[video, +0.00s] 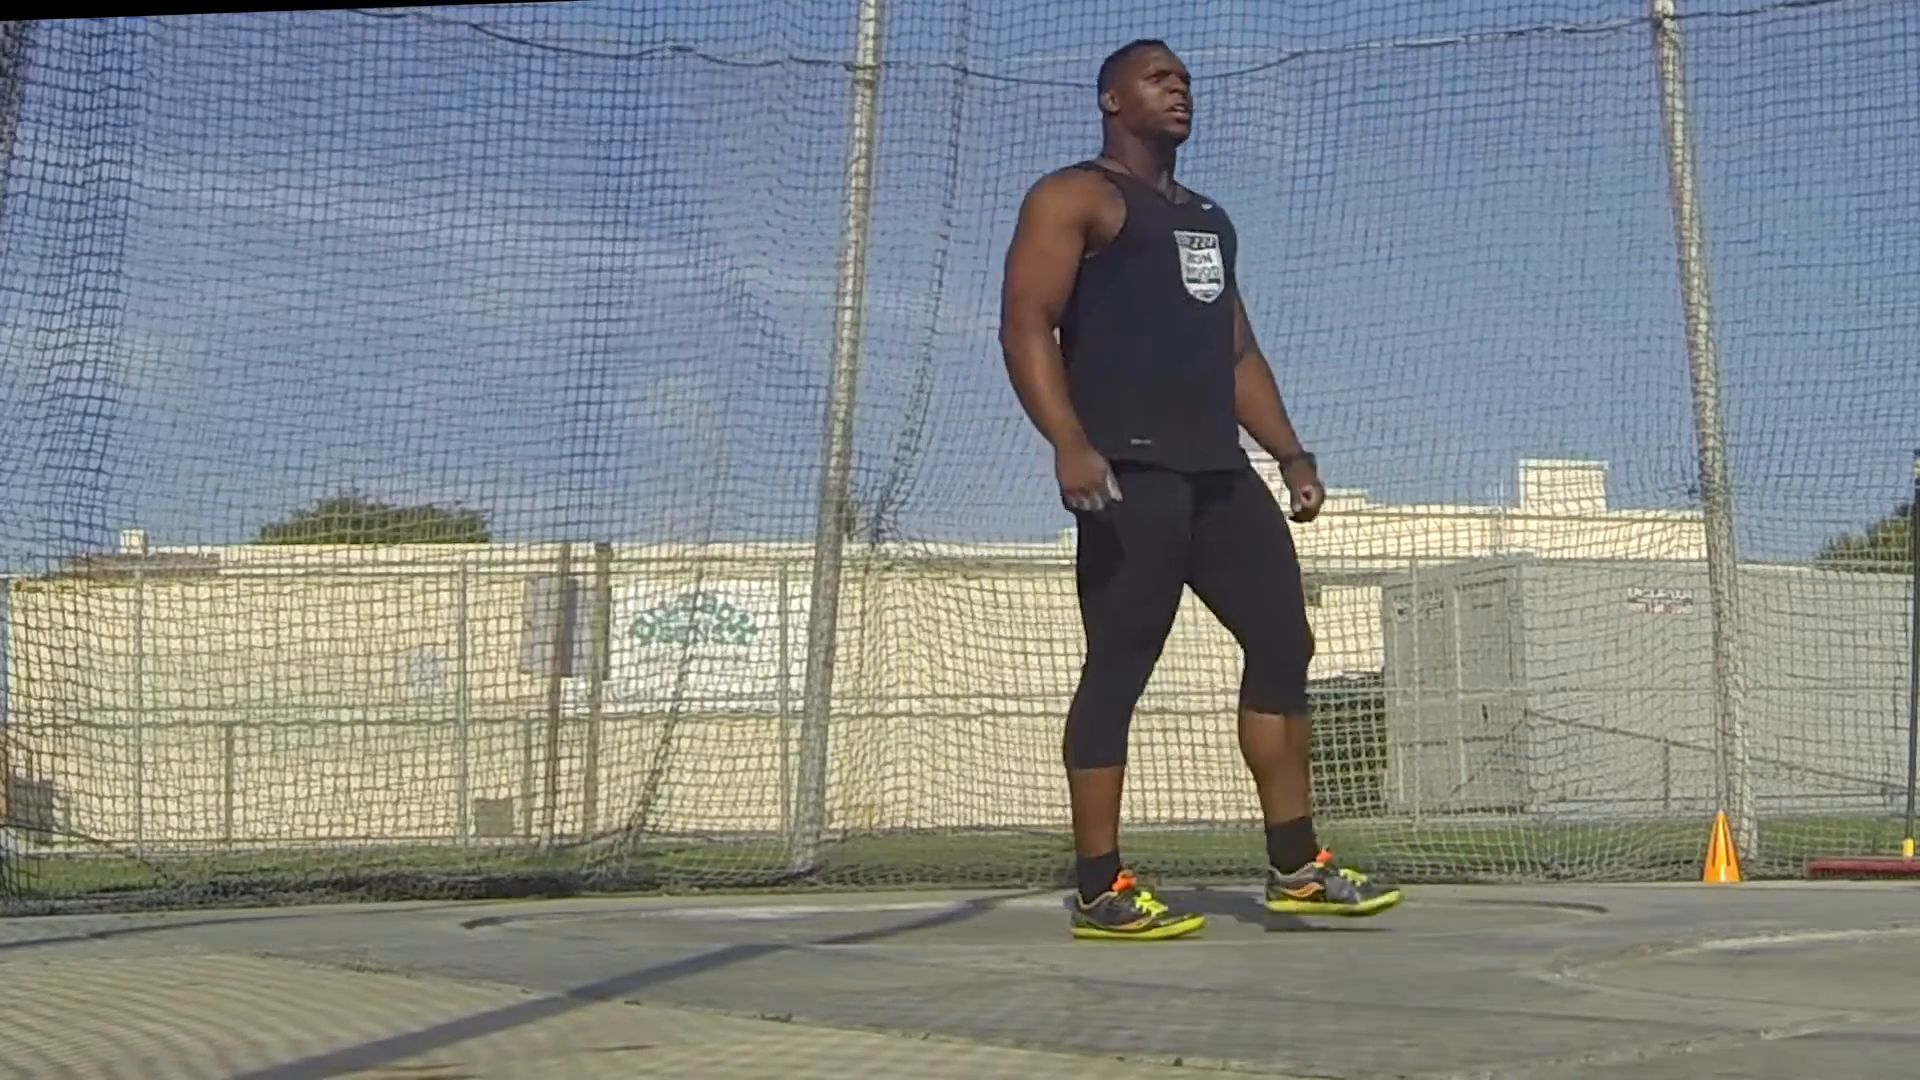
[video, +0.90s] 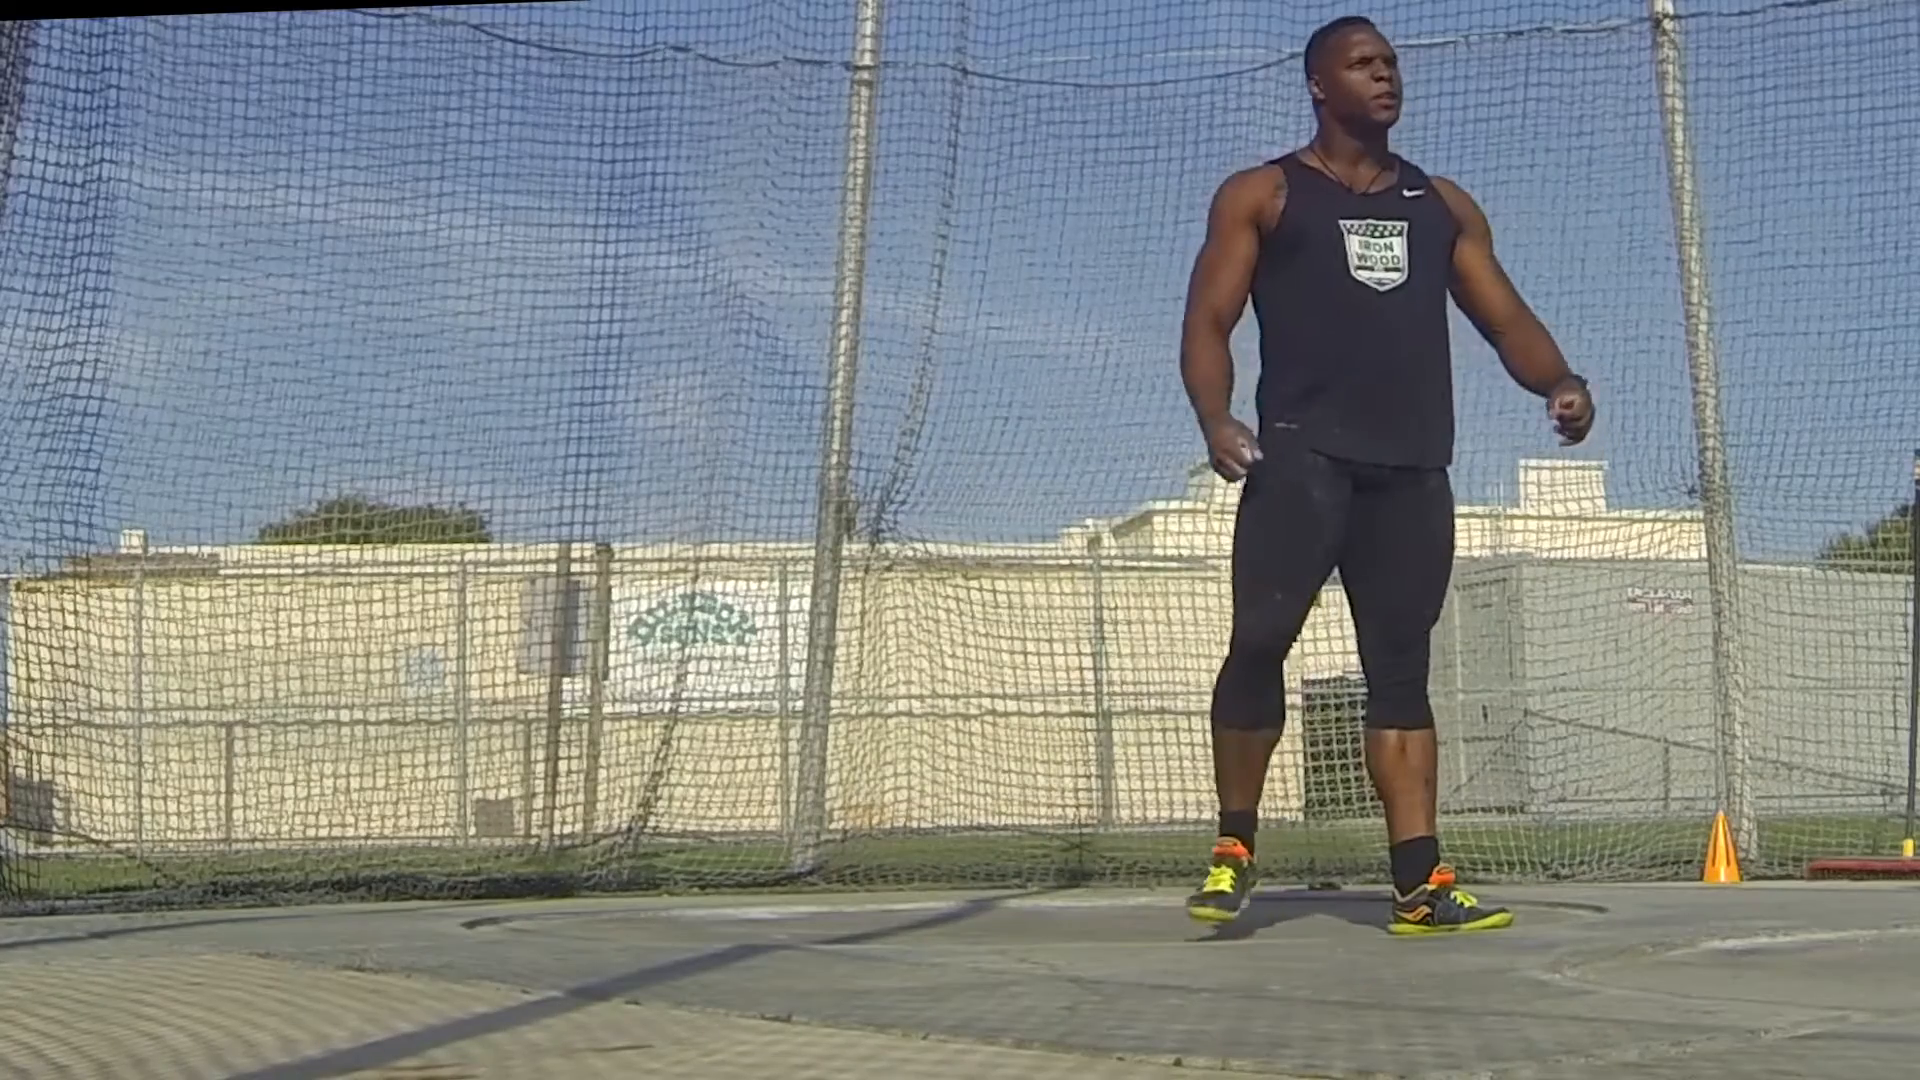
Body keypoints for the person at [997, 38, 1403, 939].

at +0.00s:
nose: (1180, 92)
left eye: (1184, 81)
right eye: (1159, 79)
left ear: (1186, 105)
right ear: (1111, 101)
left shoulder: (1206, 218)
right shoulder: (1071, 196)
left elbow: (1238, 351)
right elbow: (1024, 327)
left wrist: (1290, 451)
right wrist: (1070, 443)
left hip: (1220, 476)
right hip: (1127, 475)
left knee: (1281, 644)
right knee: (1114, 673)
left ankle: (1297, 866)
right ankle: (1099, 886)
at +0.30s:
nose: (1307, 107)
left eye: (1313, 96)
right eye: (1288, 90)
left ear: (1313, 121)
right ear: (1236, 106)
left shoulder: (1325, 237)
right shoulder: (1174, 211)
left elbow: (1338, 370)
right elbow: (1120, 356)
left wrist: (1356, 481)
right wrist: (1141, 491)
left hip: (1322, 487)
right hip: (1218, 484)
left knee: (1357, 675)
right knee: (1182, 678)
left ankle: (1413, 880)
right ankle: (1115, 877)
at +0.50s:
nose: (1368, 89)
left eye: (1373, 78)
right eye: (1349, 75)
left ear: (1378, 100)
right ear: (1299, 94)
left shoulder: (1398, 226)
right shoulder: (1238, 194)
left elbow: (1444, 354)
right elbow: (1189, 326)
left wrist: (1496, 455)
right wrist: (1237, 436)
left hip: (1387, 474)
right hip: (1284, 465)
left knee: (1397, 661)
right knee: (1270, 648)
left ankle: (1419, 882)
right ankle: (1194, 840)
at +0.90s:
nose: (1386, 79)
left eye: (1391, 66)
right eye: (1364, 66)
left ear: (1399, 86)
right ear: (1318, 86)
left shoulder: (1444, 207)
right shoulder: (1261, 193)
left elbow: (1509, 321)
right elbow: (1207, 322)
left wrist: (1561, 384)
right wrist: (1216, 419)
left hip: (1413, 473)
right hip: (1300, 460)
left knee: (1402, 665)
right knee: (1257, 646)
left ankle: (1418, 881)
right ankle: (1234, 847)